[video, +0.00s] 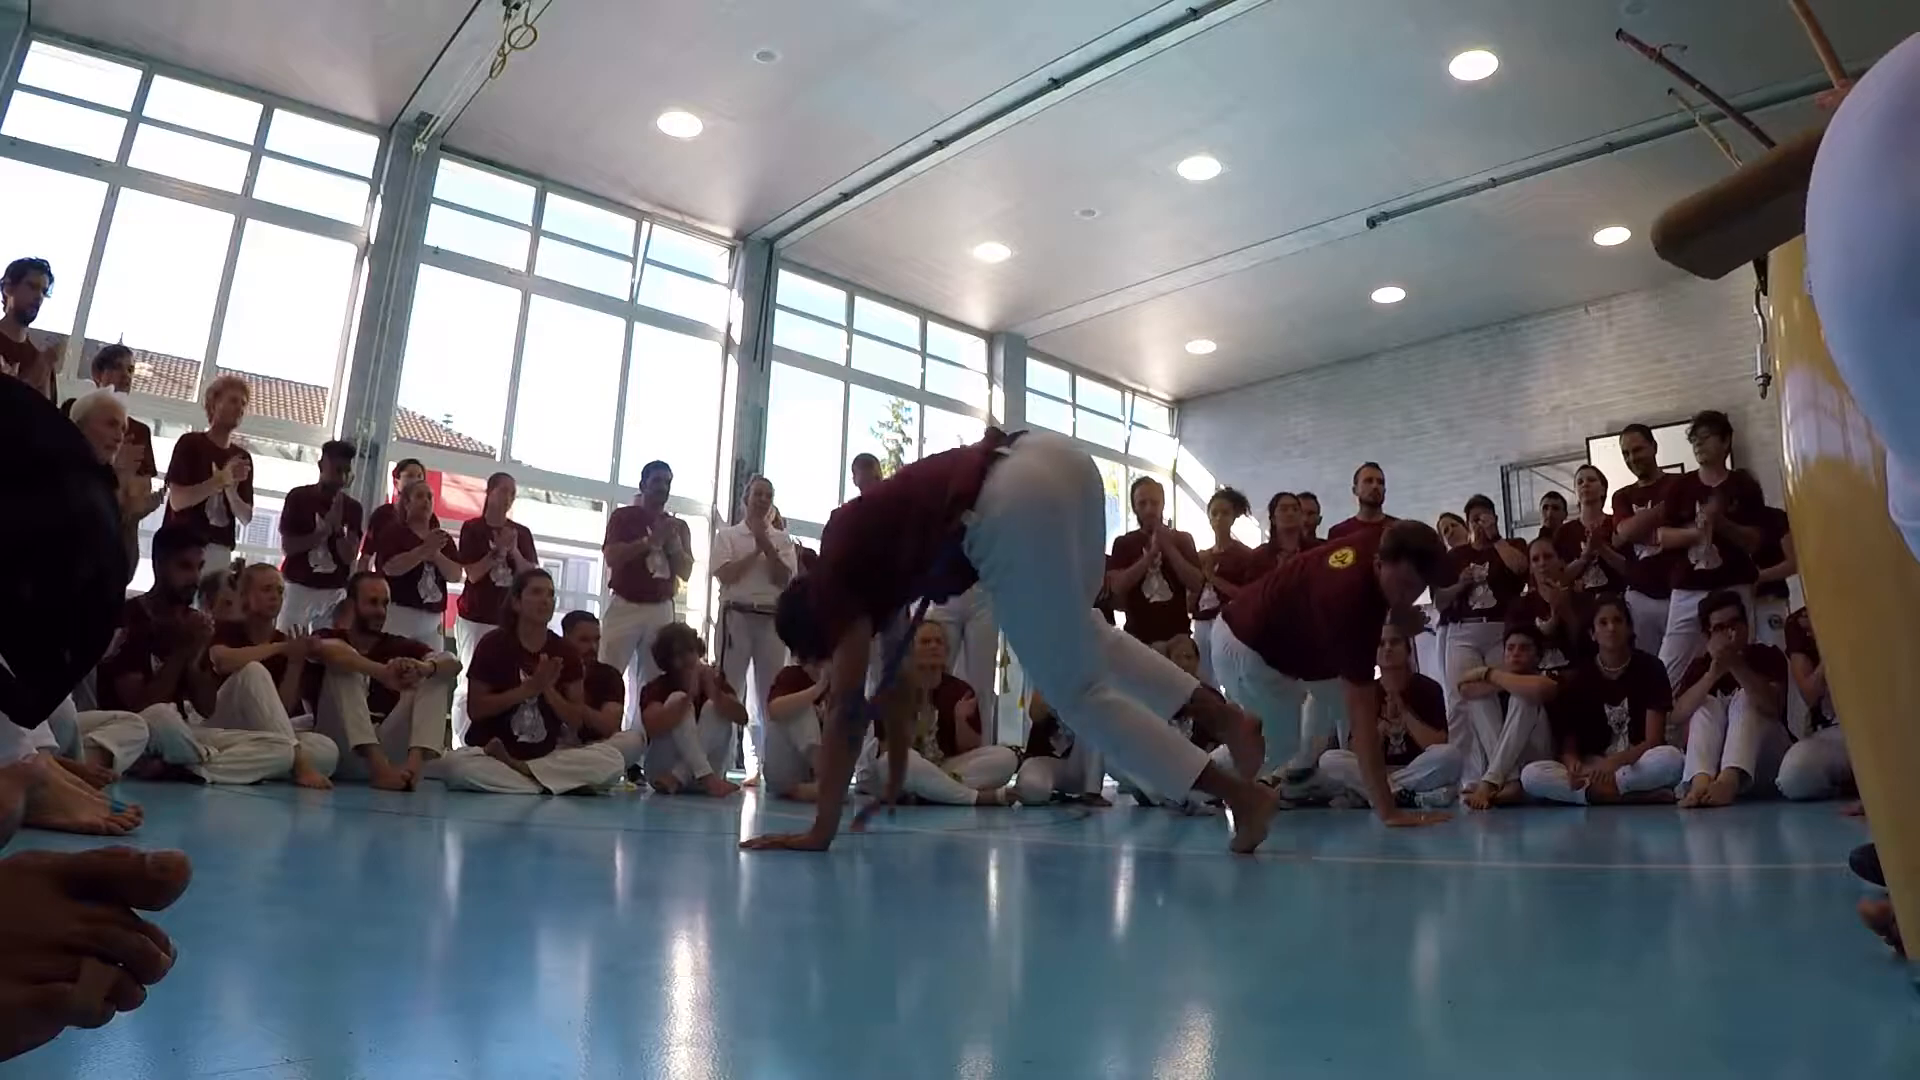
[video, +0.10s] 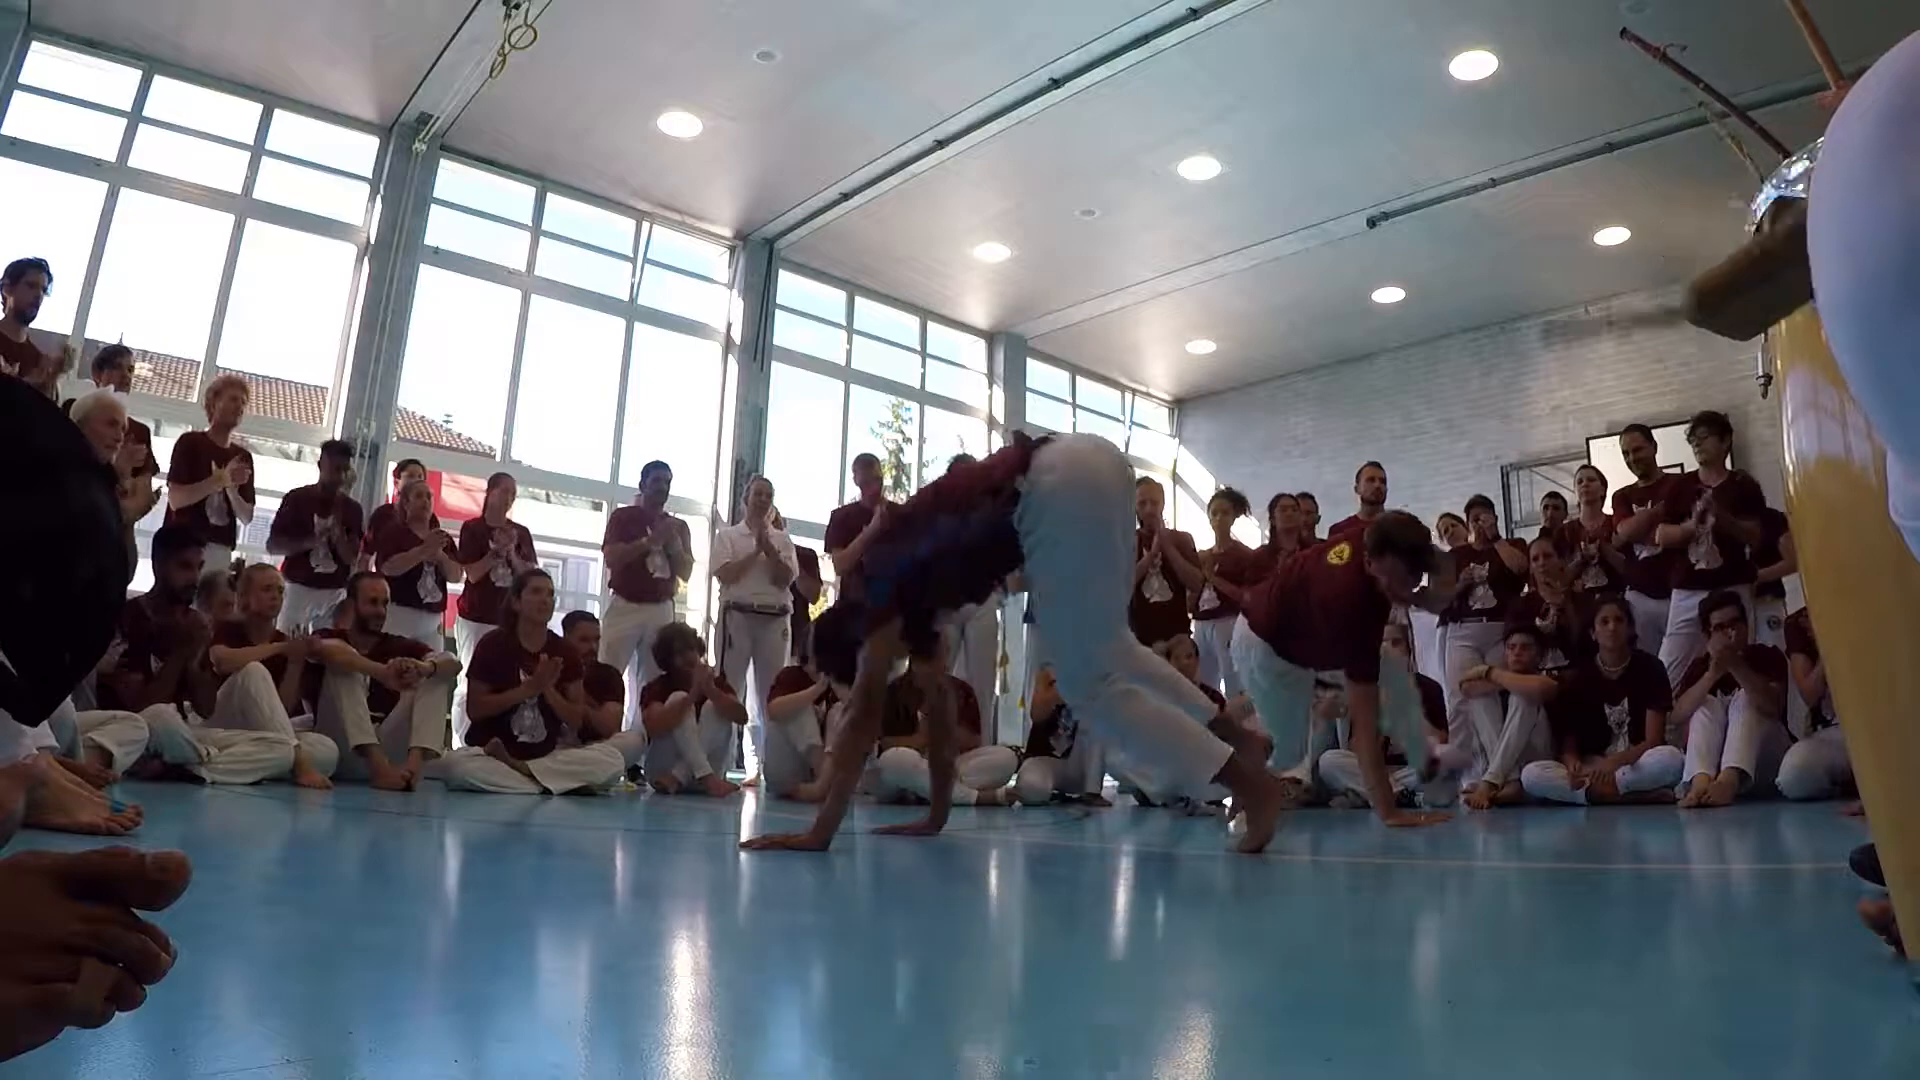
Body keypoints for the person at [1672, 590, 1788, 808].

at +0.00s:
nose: (1729, 633)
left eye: (1735, 624)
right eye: (1720, 628)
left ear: (1746, 625)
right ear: (1708, 634)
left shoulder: (1769, 655)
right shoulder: (1700, 664)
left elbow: (1773, 707)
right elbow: (1677, 715)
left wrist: (1735, 663)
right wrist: (1712, 674)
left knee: (1745, 697)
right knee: (1707, 703)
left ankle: (1729, 779)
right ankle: (1700, 781)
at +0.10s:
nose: (1729, 633)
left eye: (1735, 624)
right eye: (1720, 627)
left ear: (1746, 625)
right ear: (1708, 633)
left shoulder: (1769, 655)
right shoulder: (1700, 665)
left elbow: (1773, 707)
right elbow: (1676, 715)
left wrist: (1735, 664)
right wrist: (1712, 674)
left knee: (1745, 697)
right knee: (1707, 703)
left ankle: (1728, 779)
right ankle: (1700, 781)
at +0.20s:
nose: (1730, 632)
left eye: (1736, 624)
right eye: (1720, 627)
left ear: (1746, 624)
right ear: (1708, 634)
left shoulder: (1769, 655)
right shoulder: (1700, 665)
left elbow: (1773, 707)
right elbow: (1677, 715)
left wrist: (1736, 665)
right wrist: (1711, 674)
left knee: (1745, 697)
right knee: (1707, 703)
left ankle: (1729, 779)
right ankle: (1700, 781)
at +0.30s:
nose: (1730, 632)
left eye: (1736, 624)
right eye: (1720, 627)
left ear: (1747, 625)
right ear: (1708, 635)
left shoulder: (1769, 655)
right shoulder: (1700, 664)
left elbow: (1773, 707)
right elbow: (1677, 714)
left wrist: (1736, 665)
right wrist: (1711, 675)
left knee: (1745, 697)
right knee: (1707, 702)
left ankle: (1729, 779)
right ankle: (1700, 781)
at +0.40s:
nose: (1729, 633)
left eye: (1735, 624)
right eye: (1720, 627)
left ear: (1746, 625)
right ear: (1708, 634)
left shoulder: (1769, 655)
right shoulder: (1700, 664)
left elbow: (1774, 707)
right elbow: (1677, 714)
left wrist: (1735, 664)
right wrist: (1713, 673)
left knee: (1745, 697)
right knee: (1707, 703)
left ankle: (1729, 779)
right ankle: (1700, 781)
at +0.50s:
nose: (1725, 633)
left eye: (1731, 625)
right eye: (1716, 628)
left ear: (1745, 625)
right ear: (1707, 634)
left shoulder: (1768, 655)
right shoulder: (1700, 664)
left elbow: (1775, 708)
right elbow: (1677, 714)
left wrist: (1736, 664)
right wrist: (1713, 674)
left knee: (1745, 697)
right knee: (1707, 703)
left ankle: (1729, 779)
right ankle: (1700, 781)